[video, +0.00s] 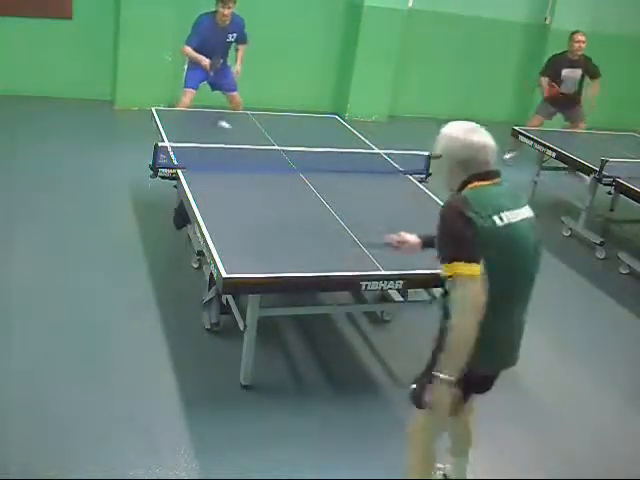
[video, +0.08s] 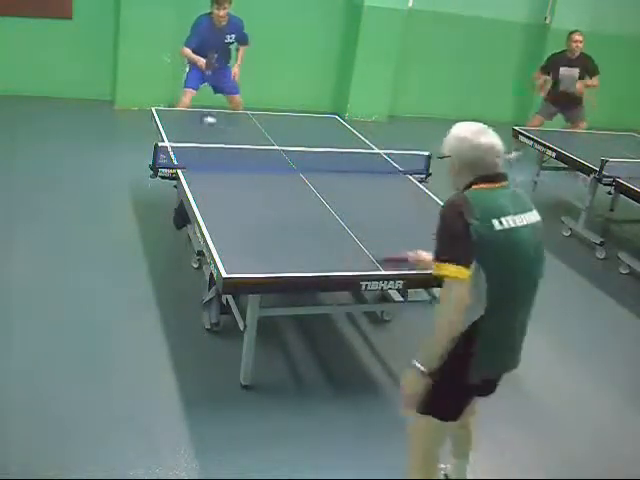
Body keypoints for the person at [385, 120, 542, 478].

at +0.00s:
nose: (437, 169)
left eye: (440, 161)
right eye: (437, 161)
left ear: (454, 164)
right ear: (486, 158)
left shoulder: (460, 209)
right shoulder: (512, 199)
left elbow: (471, 300)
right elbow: (484, 240)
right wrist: (422, 242)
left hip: (468, 348)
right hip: (501, 344)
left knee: (422, 425)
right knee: (460, 406)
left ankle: (421, 473)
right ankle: (459, 470)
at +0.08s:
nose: (445, 166)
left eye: (447, 159)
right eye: (445, 159)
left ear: (458, 165)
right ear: (495, 159)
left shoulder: (461, 207)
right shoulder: (520, 201)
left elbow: (458, 301)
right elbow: (500, 270)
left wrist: (422, 366)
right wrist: (439, 263)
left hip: (470, 346)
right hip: (506, 342)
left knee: (425, 423)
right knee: (462, 408)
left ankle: (426, 473)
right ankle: (459, 471)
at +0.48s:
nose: (479, 168)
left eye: (482, 162)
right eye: (481, 161)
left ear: (492, 171)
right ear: (532, 170)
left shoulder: (483, 213)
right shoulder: (553, 214)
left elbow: (460, 304)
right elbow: (566, 290)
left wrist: (434, 350)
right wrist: (516, 296)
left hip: (472, 358)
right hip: (516, 355)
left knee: (426, 448)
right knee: (485, 419)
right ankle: (488, 474)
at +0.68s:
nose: (491, 164)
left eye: (493, 157)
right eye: (493, 156)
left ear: (503, 166)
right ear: (544, 165)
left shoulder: (501, 212)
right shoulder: (561, 208)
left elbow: (484, 307)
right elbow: (551, 287)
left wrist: (453, 343)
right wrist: (482, 295)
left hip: (490, 350)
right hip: (528, 345)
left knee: (443, 441)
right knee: (490, 415)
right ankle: (489, 473)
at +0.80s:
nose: (494, 163)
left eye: (496, 157)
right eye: (496, 156)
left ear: (506, 164)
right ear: (546, 164)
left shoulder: (506, 210)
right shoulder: (563, 209)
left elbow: (489, 304)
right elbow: (540, 284)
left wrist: (456, 341)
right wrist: (481, 284)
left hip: (491, 350)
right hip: (529, 346)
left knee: (444, 442)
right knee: (489, 416)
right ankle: (489, 474)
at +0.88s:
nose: (494, 162)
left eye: (496, 156)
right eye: (496, 155)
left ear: (506, 164)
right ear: (546, 164)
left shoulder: (504, 207)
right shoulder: (563, 209)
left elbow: (486, 303)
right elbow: (539, 284)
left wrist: (454, 340)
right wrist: (480, 279)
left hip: (490, 348)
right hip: (528, 344)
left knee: (443, 443)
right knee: (486, 409)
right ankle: (489, 472)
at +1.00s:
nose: (494, 162)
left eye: (497, 156)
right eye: (496, 155)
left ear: (506, 163)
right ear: (545, 167)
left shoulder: (493, 204)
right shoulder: (561, 212)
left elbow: (460, 282)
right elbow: (547, 293)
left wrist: (442, 335)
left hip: (479, 339)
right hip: (520, 341)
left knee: (442, 435)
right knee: (481, 409)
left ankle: (440, 475)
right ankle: (487, 473)